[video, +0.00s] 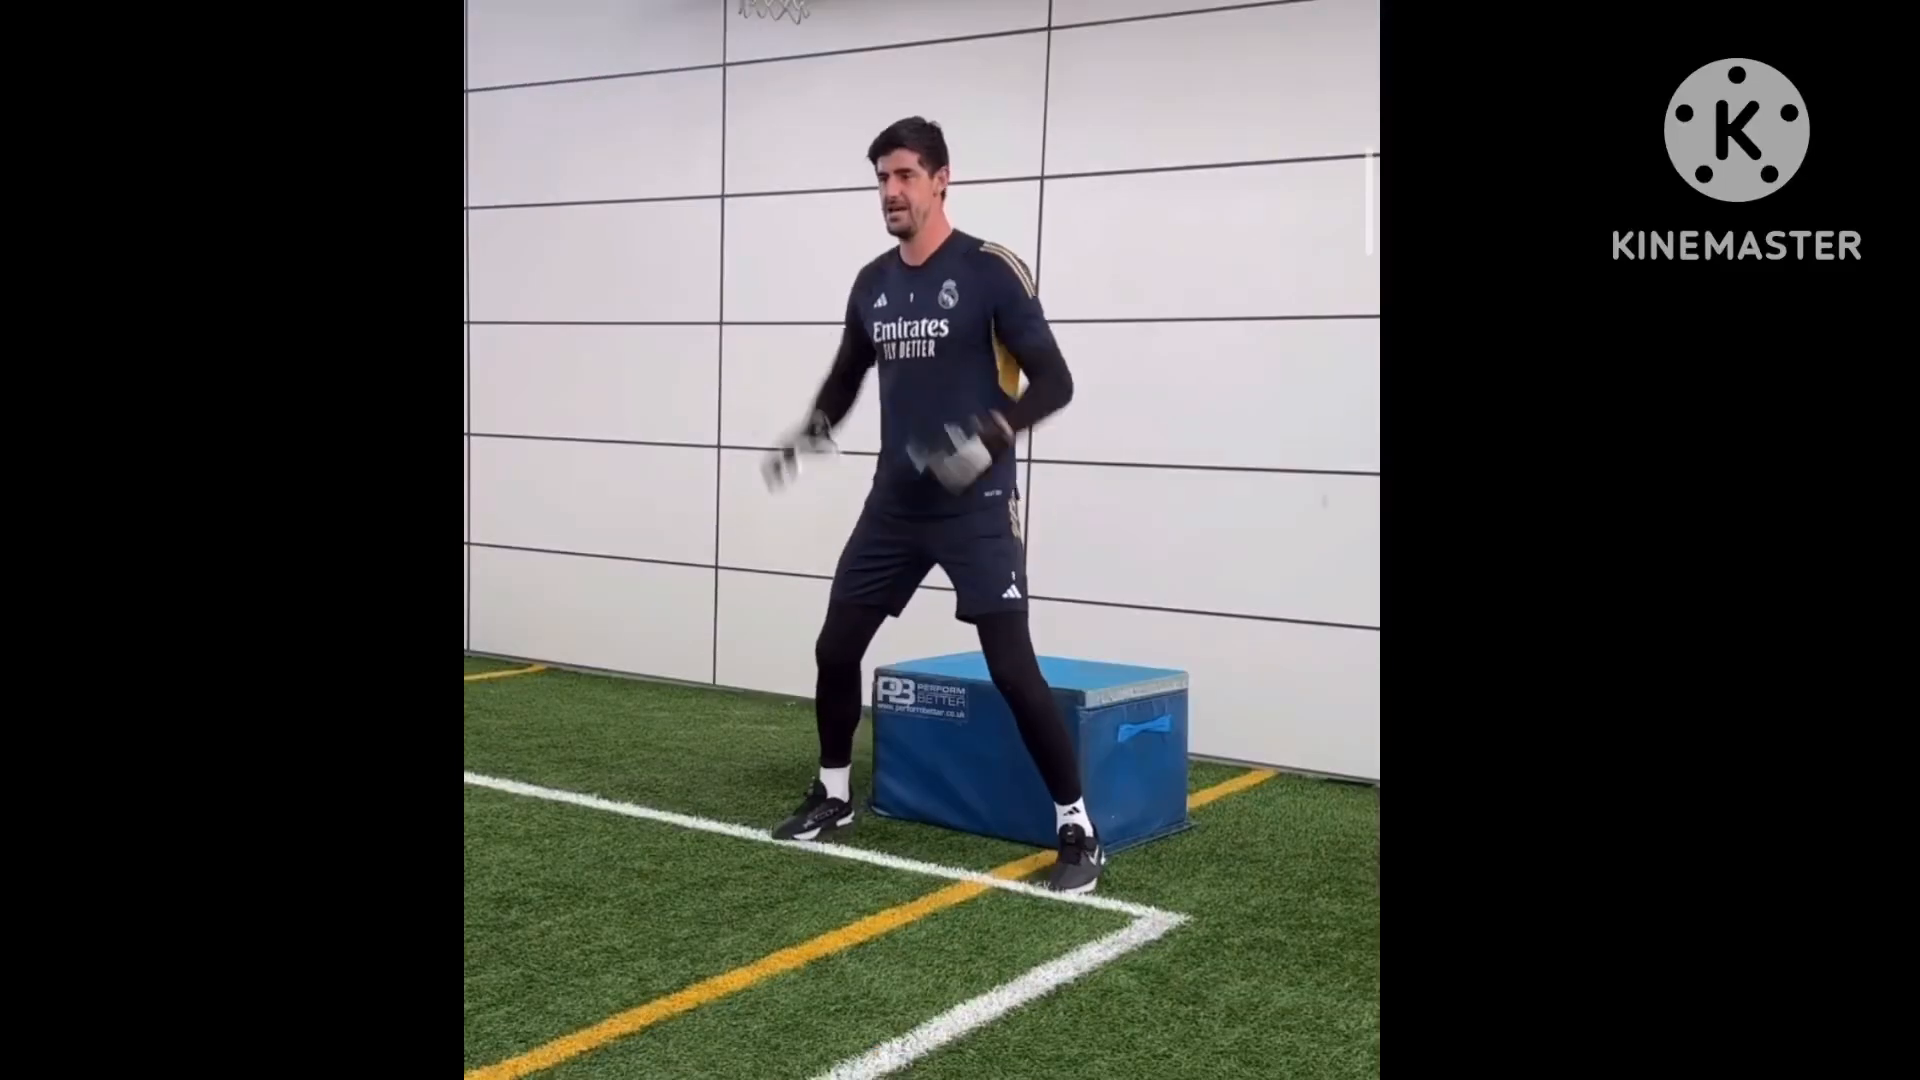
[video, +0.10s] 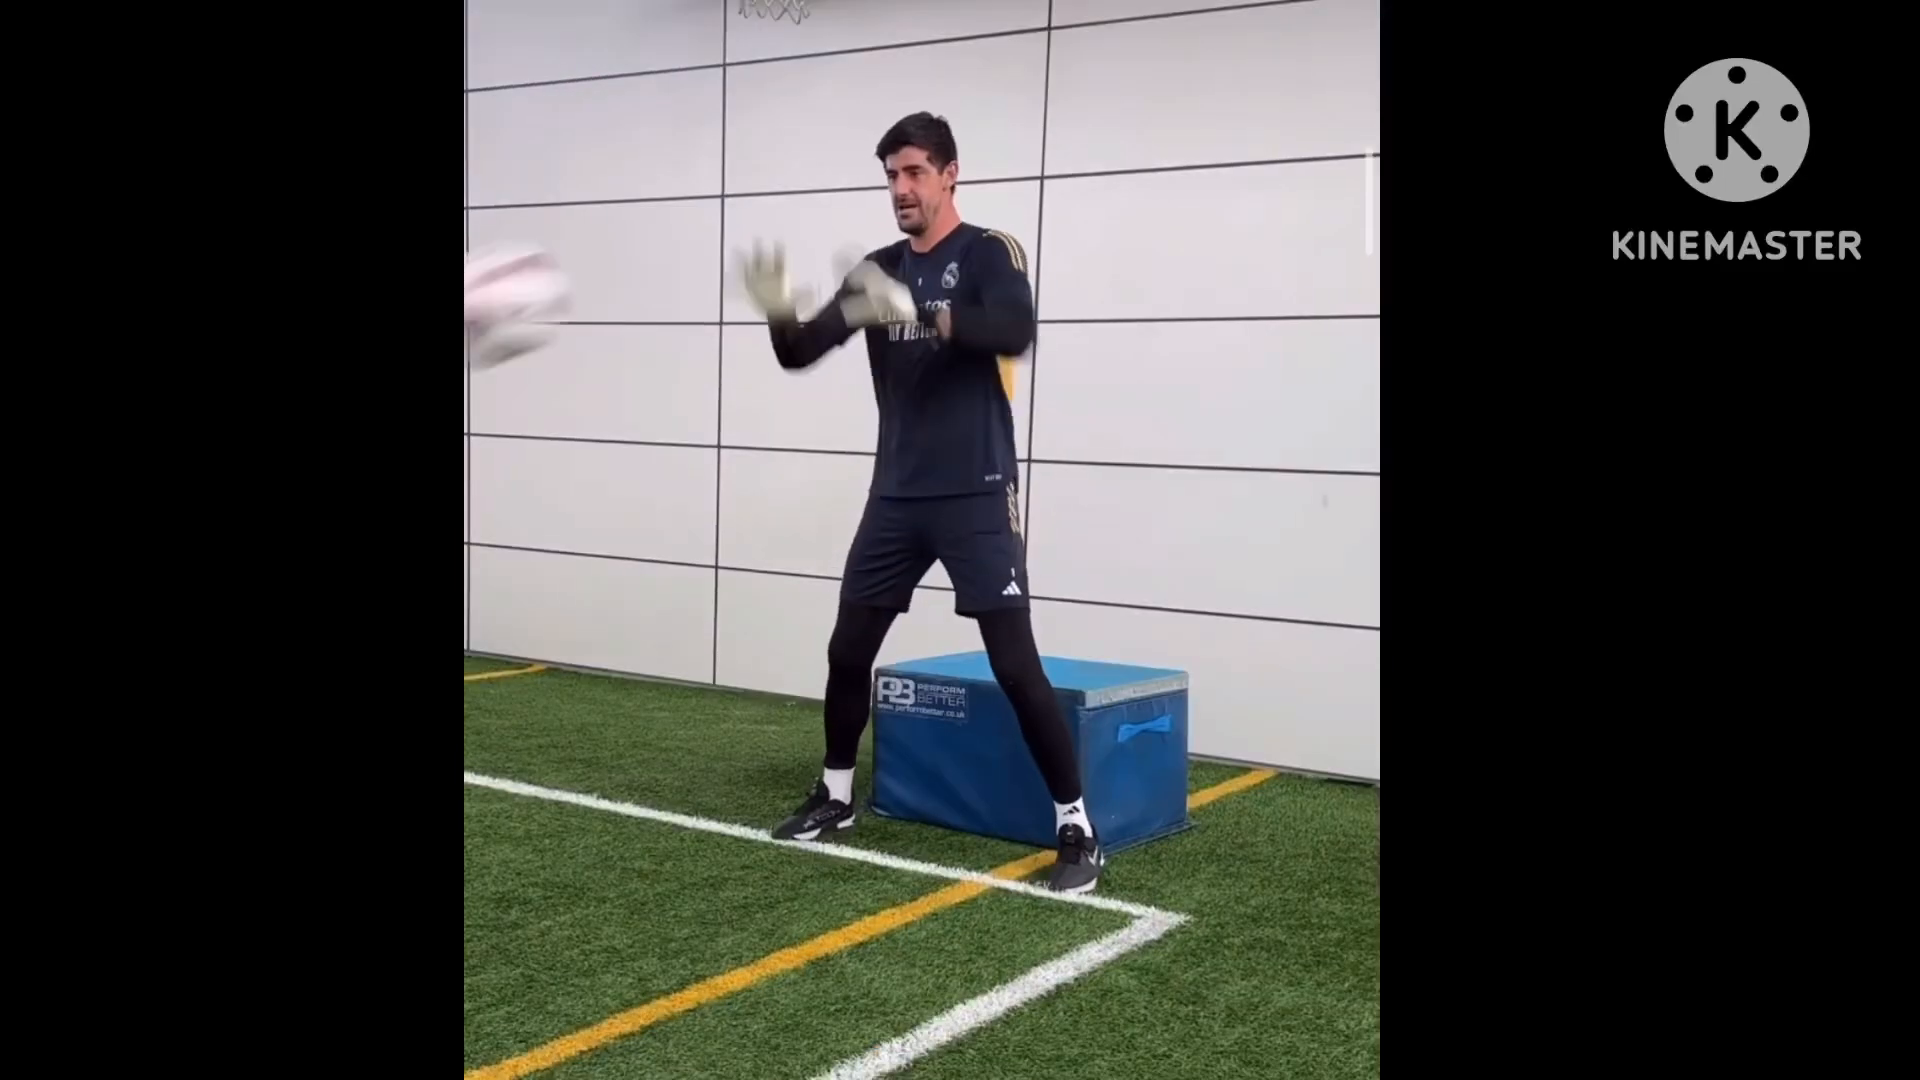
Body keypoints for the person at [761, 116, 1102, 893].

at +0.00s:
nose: (892, 190)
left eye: (906, 175)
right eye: (884, 177)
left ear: (942, 180)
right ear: (877, 189)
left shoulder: (988, 271)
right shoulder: (873, 284)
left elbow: (1056, 381)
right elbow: (846, 376)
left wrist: (994, 433)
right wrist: (811, 432)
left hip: (975, 507)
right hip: (895, 505)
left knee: (1012, 669)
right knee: (837, 648)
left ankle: (1077, 831)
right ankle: (832, 797)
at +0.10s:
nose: (901, 187)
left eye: (914, 172)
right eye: (892, 174)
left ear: (950, 175)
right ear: (886, 183)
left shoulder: (988, 253)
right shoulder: (879, 274)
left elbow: (1014, 332)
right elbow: (798, 351)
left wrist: (921, 313)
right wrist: (780, 314)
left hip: (977, 496)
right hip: (894, 497)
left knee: (1016, 666)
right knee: (848, 650)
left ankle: (1076, 829)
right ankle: (836, 797)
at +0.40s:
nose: (891, 192)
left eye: (902, 175)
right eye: (881, 181)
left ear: (939, 175)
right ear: (878, 191)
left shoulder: (984, 257)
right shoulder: (885, 278)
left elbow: (955, 367)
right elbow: (845, 388)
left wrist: (867, 348)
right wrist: (818, 354)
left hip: (977, 494)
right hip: (902, 497)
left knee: (1017, 666)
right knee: (854, 651)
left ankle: (1076, 832)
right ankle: (835, 798)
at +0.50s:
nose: (863, 200)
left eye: (874, 183)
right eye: (854, 188)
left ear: (913, 181)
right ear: (853, 196)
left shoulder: (959, 264)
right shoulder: (878, 285)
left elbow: (959, 390)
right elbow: (891, 396)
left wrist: (874, 395)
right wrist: (840, 422)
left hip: (976, 488)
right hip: (907, 492)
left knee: (1016, 660)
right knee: (856, 644)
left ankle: (1076, 831)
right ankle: (835, 801)